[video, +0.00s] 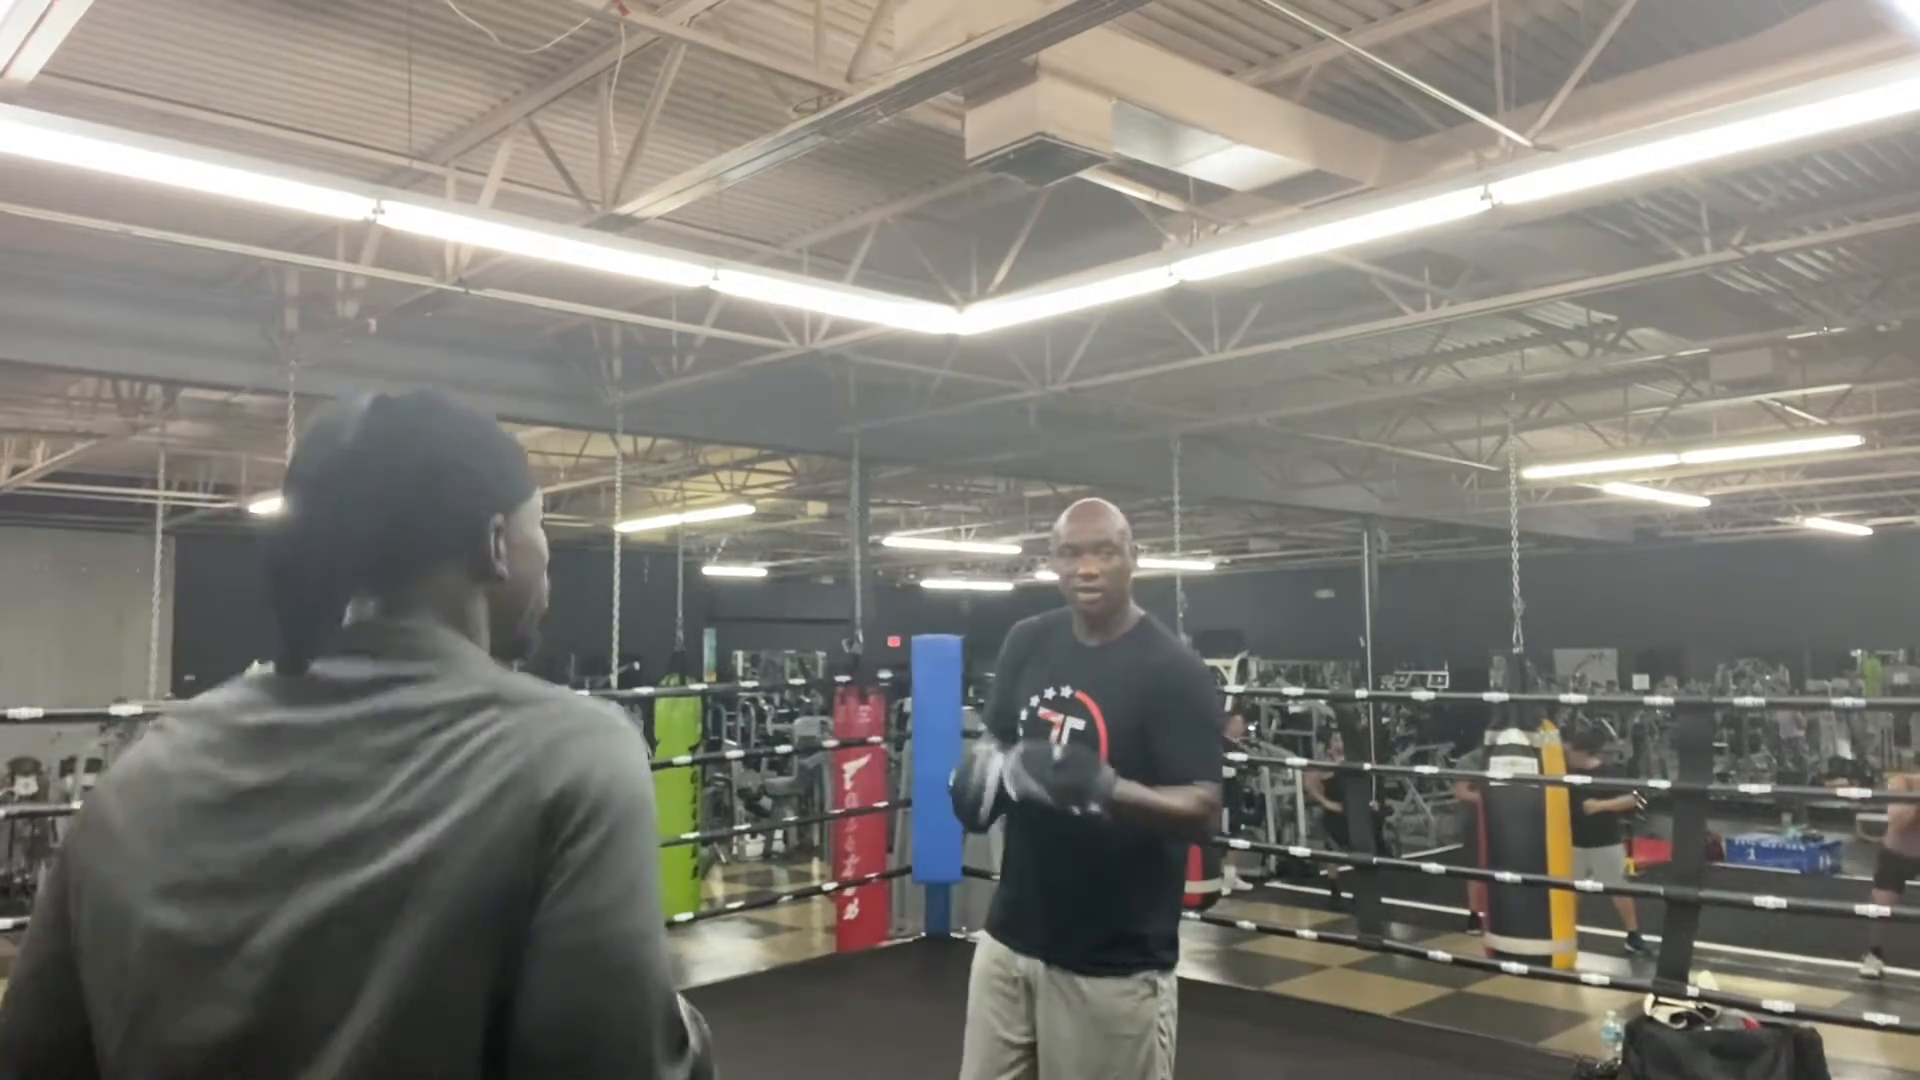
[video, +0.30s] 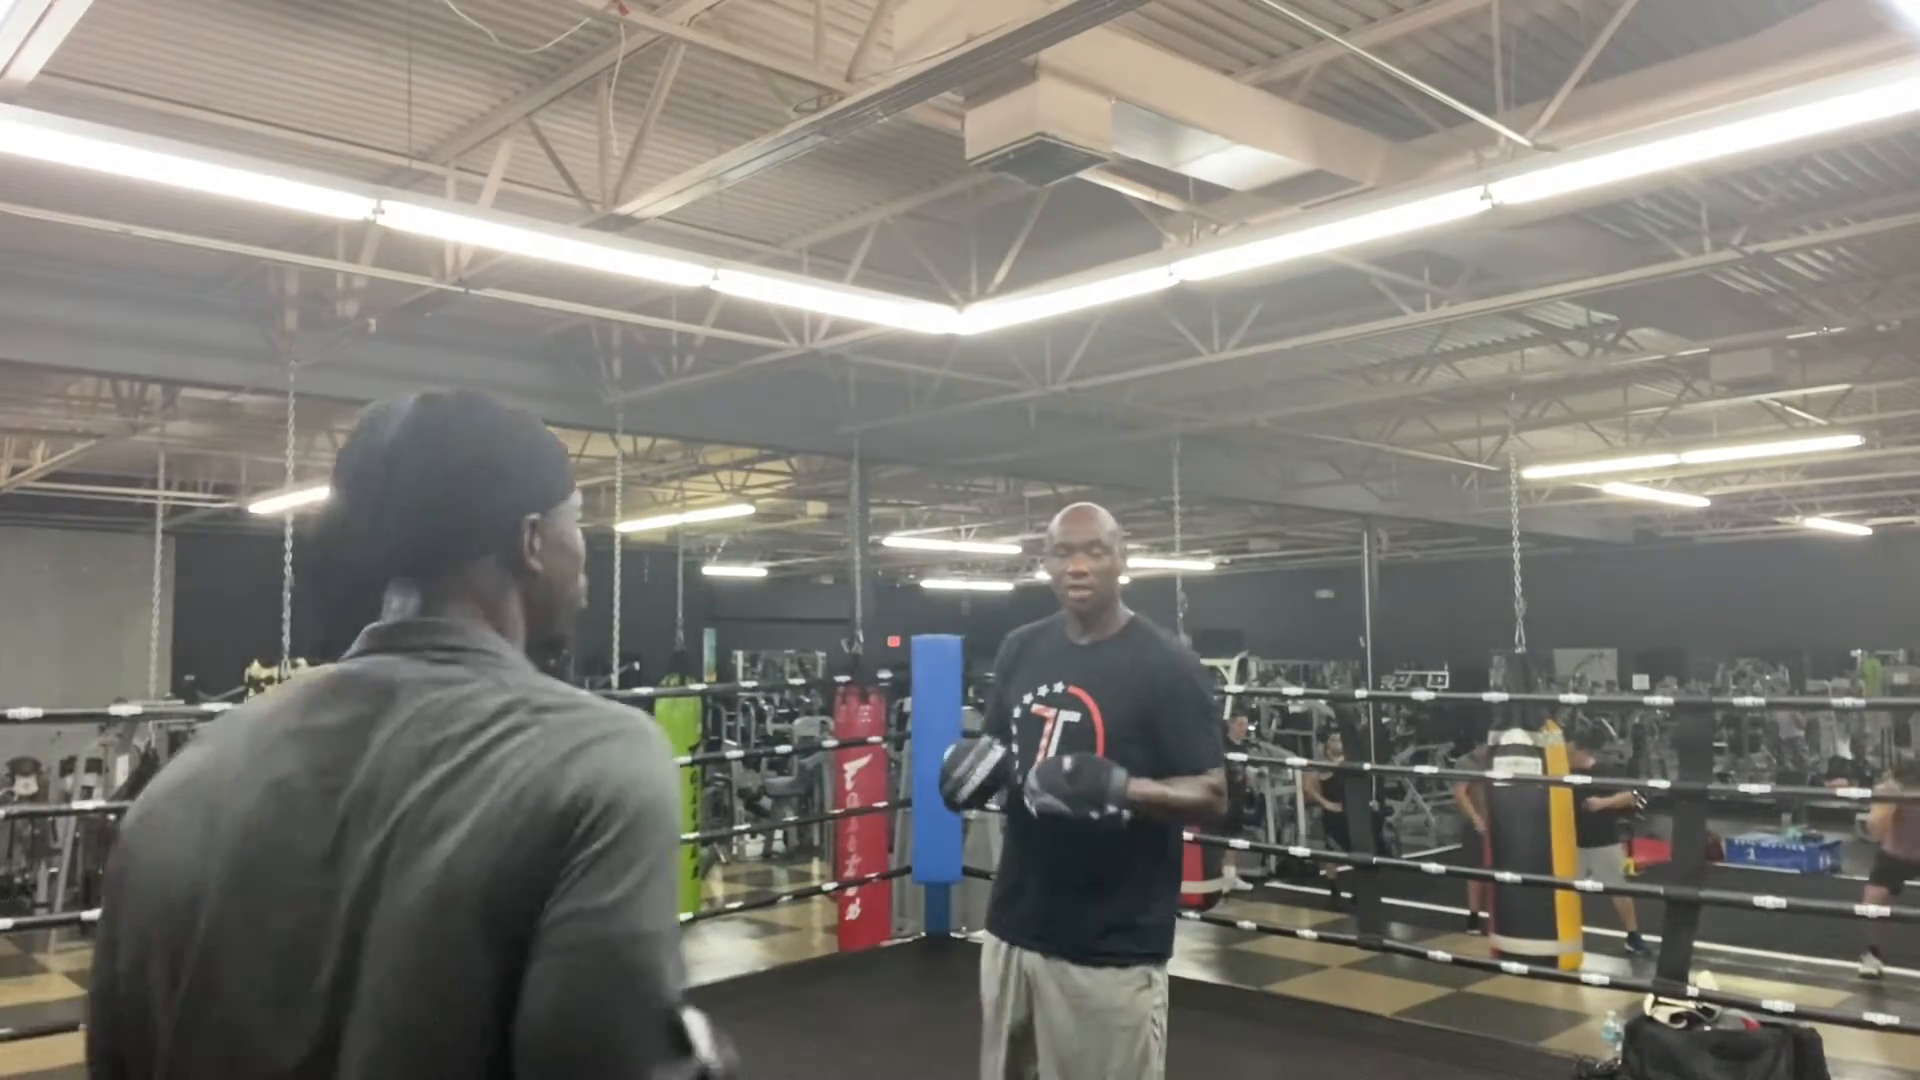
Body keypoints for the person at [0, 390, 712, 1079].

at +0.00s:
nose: (548, 556)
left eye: (542, 524)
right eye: (539, 522)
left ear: (331, 542)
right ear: (496, 543)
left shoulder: (145, 761)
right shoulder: (575, 747)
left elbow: (31, 1051)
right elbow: (598, 1055)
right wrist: (673, 1026)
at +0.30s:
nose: (585, 552)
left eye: (581, 522)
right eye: (576, 521)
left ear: (384, 541)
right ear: (529, 542)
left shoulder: (180, 782)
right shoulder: (599, 756)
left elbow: (119, 1056)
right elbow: (590, 1052)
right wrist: (690, 1043)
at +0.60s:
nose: (650, 617)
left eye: (646, 590)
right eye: (643, 591)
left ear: (461, 605)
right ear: (599, 609)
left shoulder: (268, 847)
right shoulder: (707, 833)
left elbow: (189, 1067)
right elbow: (820, 1065)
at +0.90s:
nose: (647, 624)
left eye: (644, 596)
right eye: (637, 595)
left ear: (471, 609)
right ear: (586, 615)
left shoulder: (307, 822)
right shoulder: (651, 820)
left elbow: (234, 1061)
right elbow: (681, 1062)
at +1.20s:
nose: (696, 571)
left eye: (685, 545)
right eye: (678, 544)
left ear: (519, 579)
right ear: (620, 581)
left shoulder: (373, 765)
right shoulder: (648, 777)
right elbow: (618, 1063)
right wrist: (780, 1048)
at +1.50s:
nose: (746, 571)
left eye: (734, 540)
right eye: (694, 549)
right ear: (587, 584)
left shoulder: (606, 741)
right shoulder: (564, 771)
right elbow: (612, 1067)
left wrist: (760, 944)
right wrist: (801, 983)